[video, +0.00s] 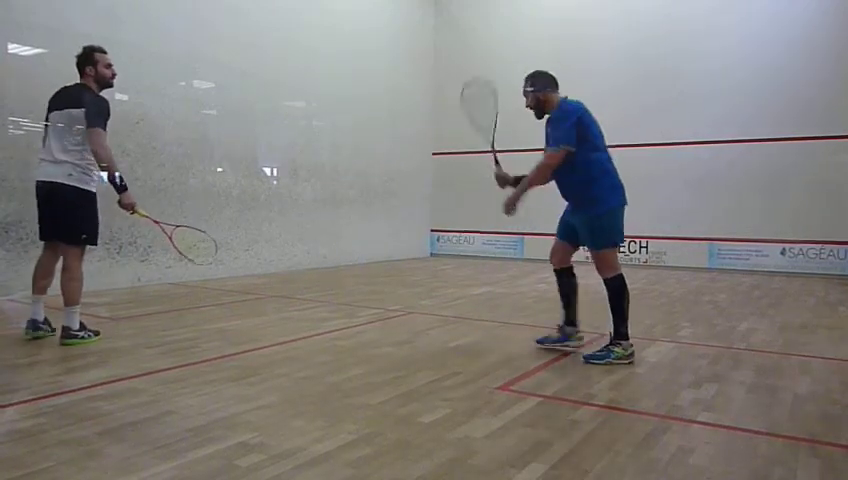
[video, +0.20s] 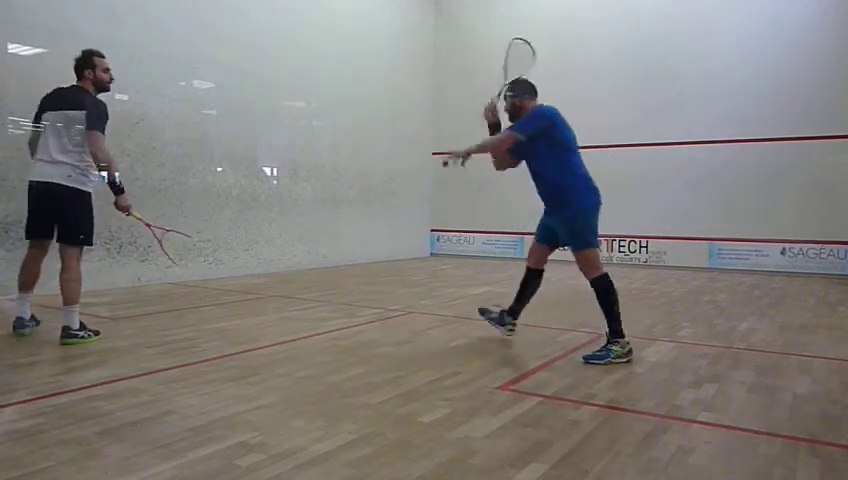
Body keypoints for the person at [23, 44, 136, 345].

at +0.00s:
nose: (113, 71)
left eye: (112, 66)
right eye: (107, 67)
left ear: (86, 72)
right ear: (90, 71)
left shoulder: (57, 97)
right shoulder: (96, 102)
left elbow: (47, 144)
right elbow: (99, 147)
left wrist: (83, 164)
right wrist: (123, 190)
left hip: (46, 184)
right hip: (76, 188)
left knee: (50, 249)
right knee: (73, 256)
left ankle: (36, 319)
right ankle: (72, 326)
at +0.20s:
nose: (111, 76)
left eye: (110, 70)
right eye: (105, 71)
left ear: (82, 75)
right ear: (88, 74)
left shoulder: (50, 98)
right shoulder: (95, 105)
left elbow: (33, 144)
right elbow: (98, 150)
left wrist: (50, 170)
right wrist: (119, 190)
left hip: (40, 185)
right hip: (74, 190)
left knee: (36, 249)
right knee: (71, 259)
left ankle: (22, 316)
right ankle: (72, 326)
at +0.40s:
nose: (92, 78)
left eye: (90, 73)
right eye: (87, 74)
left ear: (64, 78)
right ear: (71, 77)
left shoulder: (30, 103)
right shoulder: (83, 108)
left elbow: (13, 148)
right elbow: (91, 153)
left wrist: (22, 181)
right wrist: (105, 190)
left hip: (30, 190)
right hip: (69, 193)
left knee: (25, 251)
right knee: (70, 258)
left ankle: (12, 315)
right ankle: (72, 324)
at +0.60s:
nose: (66, 78)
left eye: (64, 73)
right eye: (62, 73)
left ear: (37, 77)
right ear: (50, 76)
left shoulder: (9, 104)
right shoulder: (65, 109)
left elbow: (1, 143)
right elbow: (82, 155)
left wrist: (4, 173)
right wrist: (82, 174)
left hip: (13, 190)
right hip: (53, 192)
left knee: (15, 251)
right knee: (67, 253)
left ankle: (11, 315)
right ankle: (70, 307)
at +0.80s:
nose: (49, 76)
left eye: (47, 71)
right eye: (46, 71)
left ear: (20, 78)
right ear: (36, 76)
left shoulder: (4, 102)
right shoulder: (56, 108)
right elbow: (70, 152)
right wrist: (43, 144)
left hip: (9, 187)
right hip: (46, 190)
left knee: (11, 249)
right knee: (48, 246)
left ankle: (10, 313)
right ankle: (54, 307)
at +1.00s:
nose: (44, 82)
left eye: (42, 77)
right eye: (42, 77)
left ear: (15, 83)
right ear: (35, 81)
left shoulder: (4, 106)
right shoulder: (55, 113)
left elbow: (3, 142)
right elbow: (55, 146)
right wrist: (42, 100)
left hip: (10, 187)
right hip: (46, 189)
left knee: (7, 250)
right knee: (40, 246)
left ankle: (9, 313)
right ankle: (40, 304)